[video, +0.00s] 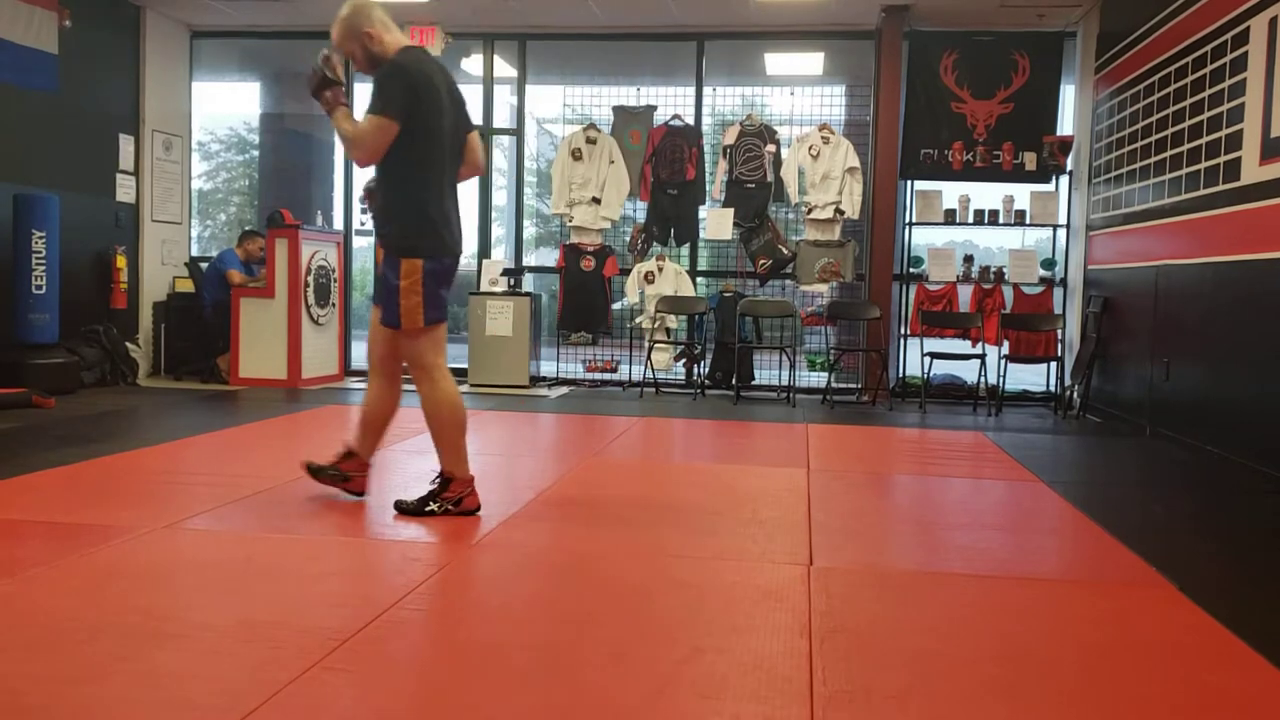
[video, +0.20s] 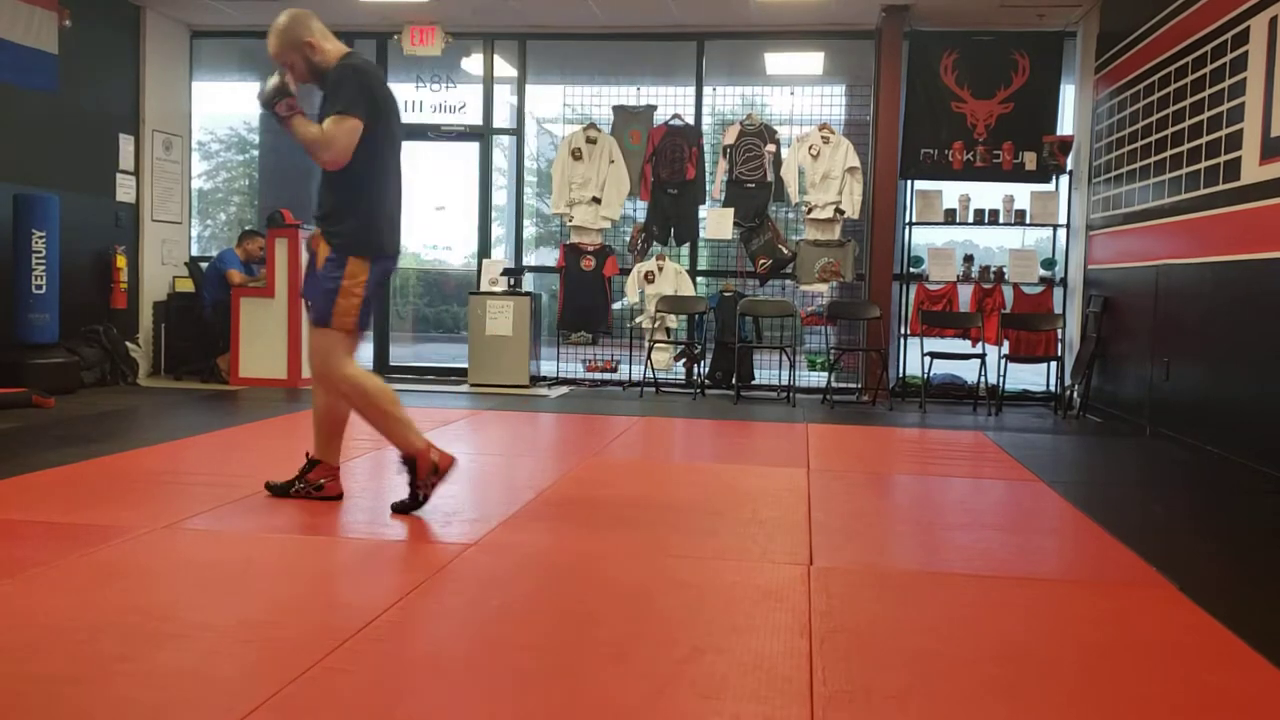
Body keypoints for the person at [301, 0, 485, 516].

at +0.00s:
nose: (356, 70)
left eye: (353, 59)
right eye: (351, 63)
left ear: (370, 37)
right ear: (383, 34)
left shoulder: (403, 71)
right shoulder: (436, 74)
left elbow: (364, 150)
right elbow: (472, 160)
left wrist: (336, 107)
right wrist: (397, 186)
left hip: (416, 243)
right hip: (415, 240)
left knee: (427, 365)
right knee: (384, 358)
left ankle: (458, 486)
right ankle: (355, 465)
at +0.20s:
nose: (292, 77)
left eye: (290, 66)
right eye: (287, 70)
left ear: (310, 46)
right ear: (314, 45)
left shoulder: (352, 73)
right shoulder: (350, 77)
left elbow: (333, 152)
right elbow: (332, 152)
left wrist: (289, 114)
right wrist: (293, 115)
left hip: (357, 242)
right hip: (345, 240)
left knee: (330, 361)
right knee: (328, 362)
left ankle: (424, 456)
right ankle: (323, 472)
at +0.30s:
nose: (264, 77)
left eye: (260, 65)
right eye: (258, 69)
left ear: (282, 43)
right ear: (284, 45)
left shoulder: (330, 74)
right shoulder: (318, 81)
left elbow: (344, 145)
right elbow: (326, 146)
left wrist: (278, 139)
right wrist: (273, 137)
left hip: (330, 234)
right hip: (333, 233)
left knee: (272, 348)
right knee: (312, 355)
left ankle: (370, 433)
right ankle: (320, 472)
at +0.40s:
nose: (234, 70)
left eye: (232, 60)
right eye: (228, 63)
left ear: (256, 39)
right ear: (255, 41)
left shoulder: (305, 66)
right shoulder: (282, 78)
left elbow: (337, 142)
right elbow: (294, 155)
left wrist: (272, 180)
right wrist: (257, 187)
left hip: (302, 230)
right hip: (310, 231)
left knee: (232, 335)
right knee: (307, 358)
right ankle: (320, 473)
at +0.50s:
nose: (204, 69)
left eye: (202, 58)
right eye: (198, 62)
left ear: (228, 38)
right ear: (225, 42)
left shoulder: (276, 71)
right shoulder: (259, 78)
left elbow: (315, 150)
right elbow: (279, 156)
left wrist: (264, 210)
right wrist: (251, 212)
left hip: (276, 235)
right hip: (287, 234)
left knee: (216, 344)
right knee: (293, 356)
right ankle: (317, 472)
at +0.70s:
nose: (134, 73)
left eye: (132, 61)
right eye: (128, 64)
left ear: (157, 41)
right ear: (155, 42)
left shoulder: (205, 74)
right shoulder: (191, 76)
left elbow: (249, 159)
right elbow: (219, 159)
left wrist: (203, 221)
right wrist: (191, 220)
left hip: (216, 240)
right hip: (221, 237)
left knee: (165, 356)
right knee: (220, 353)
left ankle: (143, 483)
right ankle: (293, 449)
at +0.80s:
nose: (102, 68)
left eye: (100, 56)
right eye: (96, 60)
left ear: (125, 38)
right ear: (126, 36)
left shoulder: (172, 67)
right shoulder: (158, 69)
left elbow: (217, 155)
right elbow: (189, 156)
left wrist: (172, 217)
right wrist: (160, 214)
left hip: (192, 236)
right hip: (190, 232)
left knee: (145, 353)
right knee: (168, 343)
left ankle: (141, 483)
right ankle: (244, 427)